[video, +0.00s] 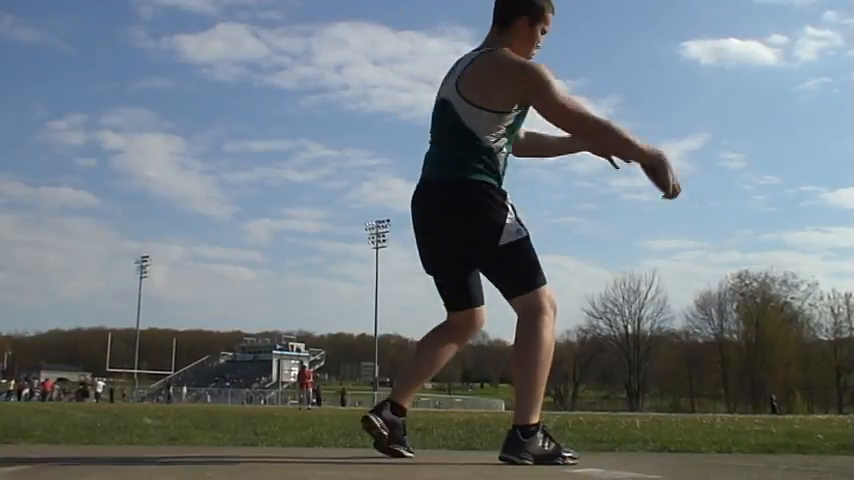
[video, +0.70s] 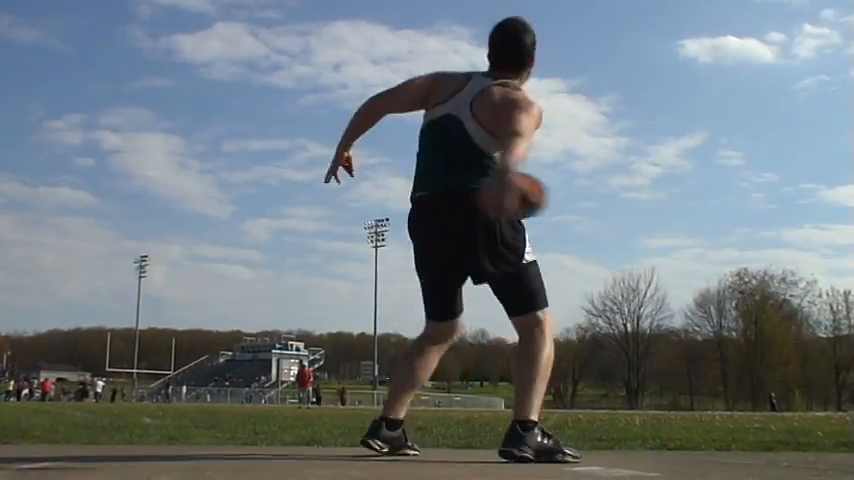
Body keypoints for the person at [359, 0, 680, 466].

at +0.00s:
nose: (542, 39)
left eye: (544, 30)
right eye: (541, 28)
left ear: (502, 20)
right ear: (520, 21)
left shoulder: (465, 68)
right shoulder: (520, 71)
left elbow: (513, 140)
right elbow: (579, 122)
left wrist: (581, 144)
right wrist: (647, 155)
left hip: (430, 203)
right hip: (476, 200)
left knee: (464, 319)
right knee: (538, 307)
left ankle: (391, 412)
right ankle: (527, 434)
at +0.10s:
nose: (556, 56)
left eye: (559, 48)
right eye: (555, 45)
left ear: (523, 37)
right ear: (535, 37)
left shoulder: (491, 81)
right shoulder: (510, 83)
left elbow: (544, 149)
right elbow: (547, 150)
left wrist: (612, 157)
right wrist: (594, 194)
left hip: (438, 215)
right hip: (474, 211)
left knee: (486, 329)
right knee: (549, 309)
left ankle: (398, 406)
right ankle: (527, 434)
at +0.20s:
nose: (569, 74)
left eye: (572, 65)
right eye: (567, 63)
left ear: (546, 58)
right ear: (541, 55)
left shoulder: (546, 114)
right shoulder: (501, 97)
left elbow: (584, 161)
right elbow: (471, 150)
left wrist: (642, 178)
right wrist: (455, 206)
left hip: (452, 223)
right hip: (479, 219)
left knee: (499, 342)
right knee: (562, 315)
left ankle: (405, 405)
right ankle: (526, 434)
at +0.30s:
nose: (581, 91)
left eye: (584, 82)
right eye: (578, 79)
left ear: (558, 75)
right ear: (551, 71)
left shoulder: (561, 130)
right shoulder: (493, 114)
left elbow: (606, 168)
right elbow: (425, 148)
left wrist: (657, 201)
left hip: (459, 241)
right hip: (479, 236)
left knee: (505, 353)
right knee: (572, 318)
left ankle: (405, 405)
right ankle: (528, 434)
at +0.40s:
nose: (586, 107)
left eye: (590, 98)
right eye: (583, 95)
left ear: (568, 94)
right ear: (553, 86)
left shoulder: (566, 145)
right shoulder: (494, 123)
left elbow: (604, 177)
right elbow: (413, 147)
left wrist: (651, 219)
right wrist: (341, 167)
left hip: (454, 252)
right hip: (474, 245)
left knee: (498, 357)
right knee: (575, 323)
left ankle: (402, 405)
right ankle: (527, 434)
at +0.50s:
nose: (587, 116)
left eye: (590, 107)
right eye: (586, 104)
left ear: (562, 101)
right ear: (561, 98)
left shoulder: (558, 154)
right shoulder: (497, 127)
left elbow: (568, 182)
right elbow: (417, 147)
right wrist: (344, 165)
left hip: (443, 254)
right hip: (472, 248)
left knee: (490, 352)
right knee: (573, 324)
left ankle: (405, 416)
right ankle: (528, 433)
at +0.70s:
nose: (532, 66)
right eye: (534, 59)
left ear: (489, 55)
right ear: (532, 63)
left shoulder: (444, 84)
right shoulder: (522, 104)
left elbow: (379, 103)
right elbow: (517, 139)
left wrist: (344, 146)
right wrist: (509, 174)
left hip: (428, 218)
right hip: (484, 215)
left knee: (441, 327)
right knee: (536, 325)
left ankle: (388, 425)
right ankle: (526, 431)